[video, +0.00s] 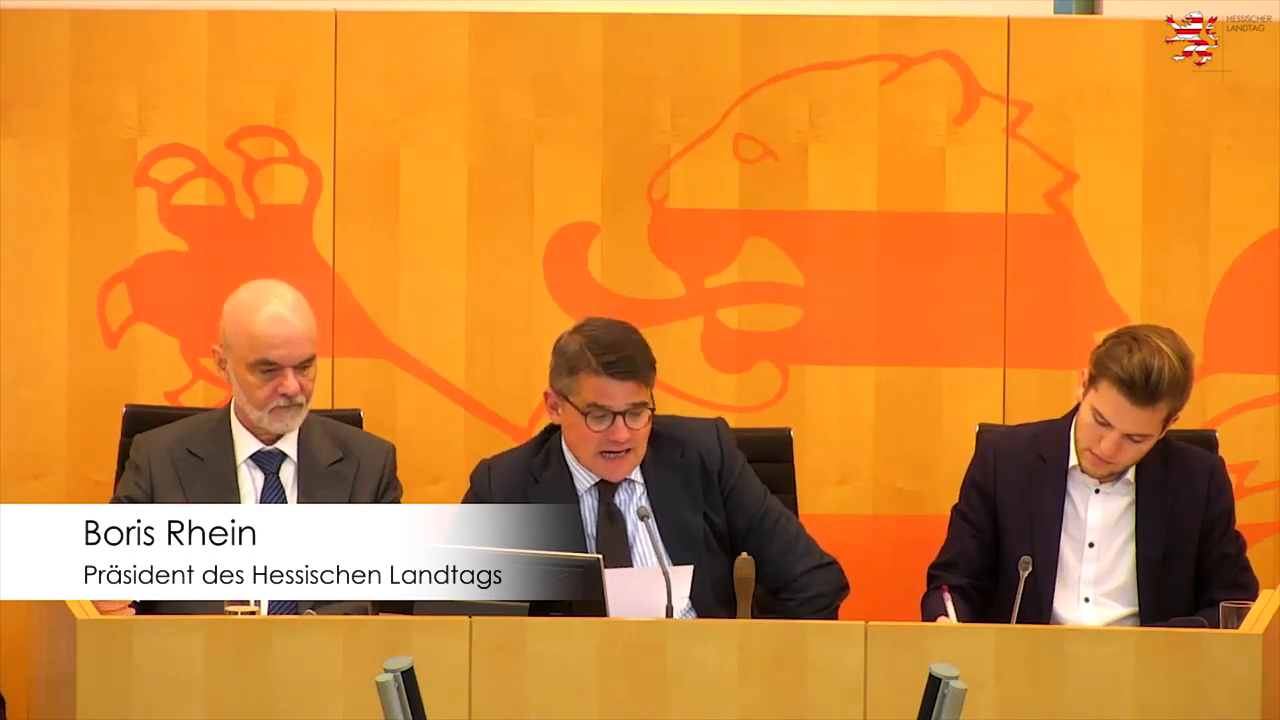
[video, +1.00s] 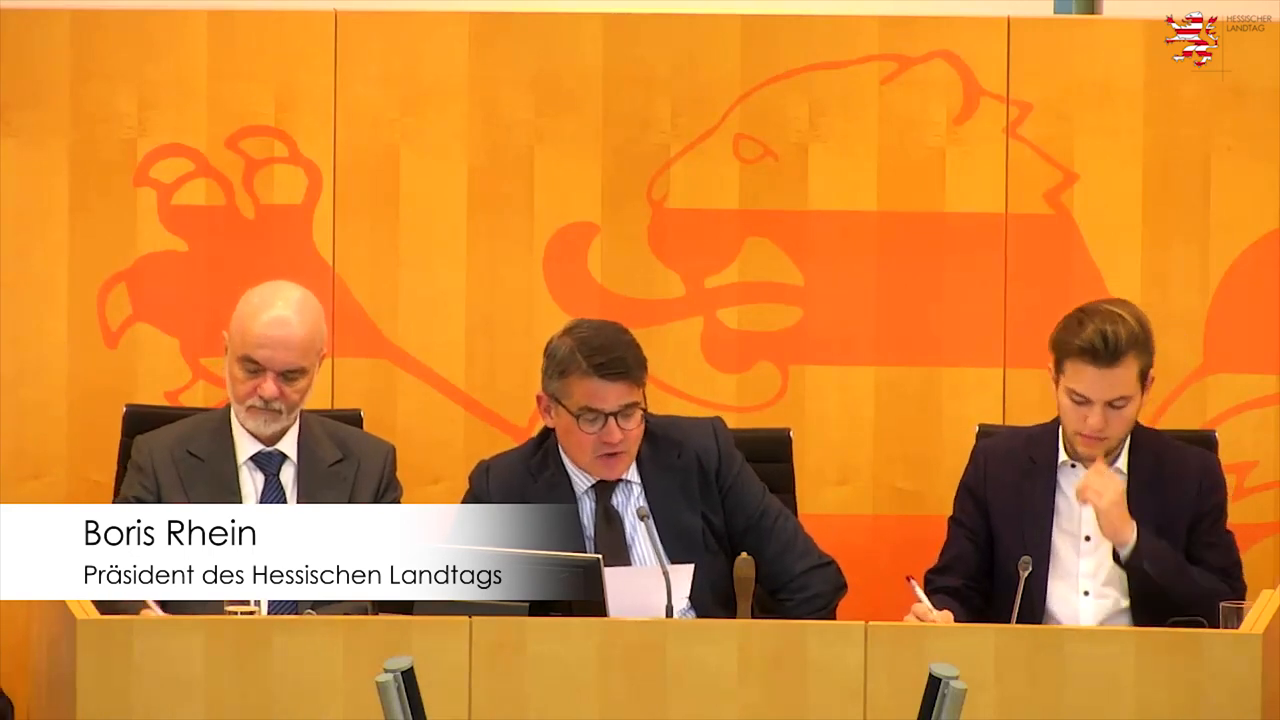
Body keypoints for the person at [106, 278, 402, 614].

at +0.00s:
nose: (292, 389)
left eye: (304, 367)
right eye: (267, 370)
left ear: (317, 357)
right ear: (222, 364)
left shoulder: (371, 461)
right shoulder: (155, 458)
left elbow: (391, 589)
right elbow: (113, 568)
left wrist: (308, 636)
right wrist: (109, 599)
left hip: (327, 666)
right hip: (191, 665)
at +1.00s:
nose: (268, 391)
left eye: (291, 375)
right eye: (252, 368)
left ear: (318, 365)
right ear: (225, 351)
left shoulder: (371, 463)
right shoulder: (157, 457)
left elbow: (386, 588)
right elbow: (116, 576)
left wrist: (312, 631)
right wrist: (145, 618)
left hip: (326, 665)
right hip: (193, 662)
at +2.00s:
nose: (271, 388)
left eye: (294, 371)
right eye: (254, 363)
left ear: (321, 363)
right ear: (228, 349)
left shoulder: (372, 464)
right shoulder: (159, 456)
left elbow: (384, 589)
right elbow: (118, 575)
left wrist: (312, 635)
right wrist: (148, 620)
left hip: (325, 666)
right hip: (196, 661)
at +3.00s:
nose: (275, 392)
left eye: (298, 376)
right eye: (258, 369)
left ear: (321, 364)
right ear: (228, 352)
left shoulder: (372, 464)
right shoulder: (159, 456)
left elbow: (391, 589)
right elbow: (116, 576)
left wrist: (314, 633)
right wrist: (144, 615)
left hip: (327, 667)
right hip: (196, 662)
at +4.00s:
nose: (274, 392)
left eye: (296, 376)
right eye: (257, 369)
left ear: (322, 362)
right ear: (229, 349)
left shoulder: (372, 464)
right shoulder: (160, 456)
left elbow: (391, 594)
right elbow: (125, 577)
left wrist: (315, 629)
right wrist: (147, 621)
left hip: (331, 676)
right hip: (198, 671)